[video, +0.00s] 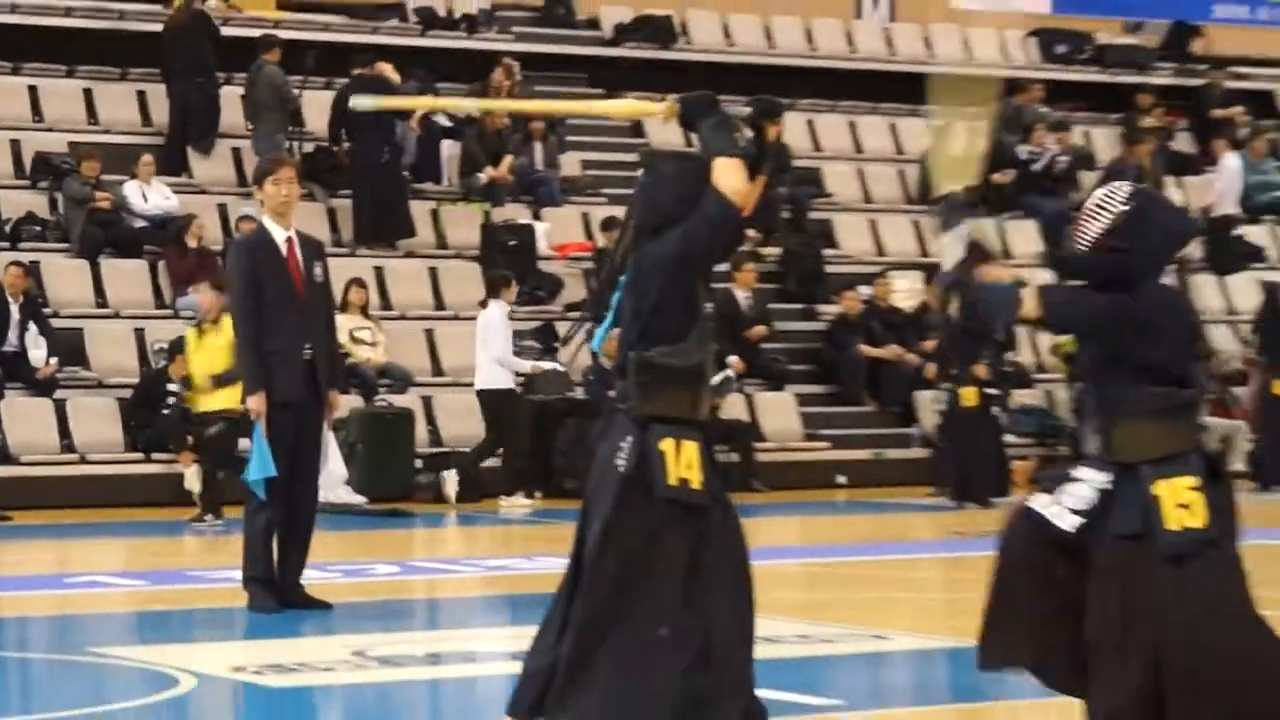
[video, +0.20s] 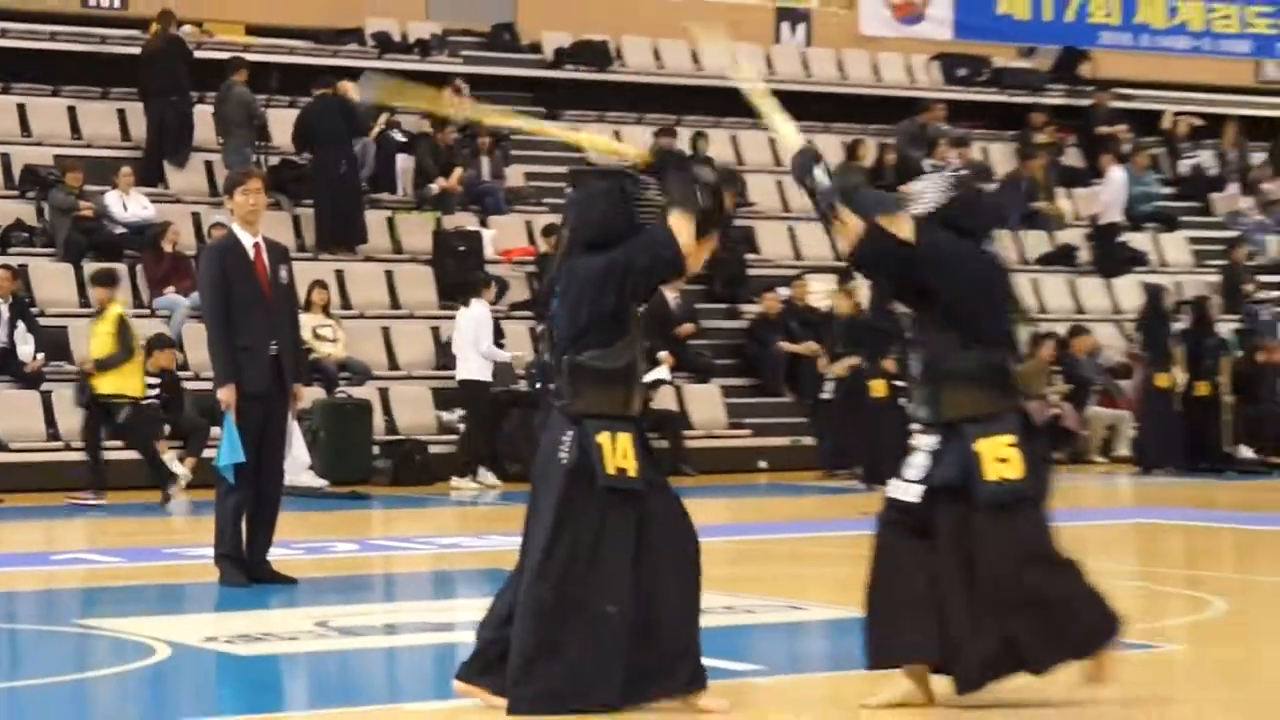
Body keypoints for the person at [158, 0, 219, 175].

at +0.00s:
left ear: (179, 5)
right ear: (196, 3)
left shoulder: (170, 23)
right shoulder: (202, 18)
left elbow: (164, 56)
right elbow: (217, 41)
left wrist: (168, 80)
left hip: (178, 82)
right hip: (202, 80)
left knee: (177, 127)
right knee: (209, 111)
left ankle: (174, 168)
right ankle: (203, 143)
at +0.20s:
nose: (175, 27)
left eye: (173, 24)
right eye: (174, 24)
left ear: (157, 23)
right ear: (173, 24)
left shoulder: (148, 44)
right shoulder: (177, 42)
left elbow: (143, 73)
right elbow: (189, 61)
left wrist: (145, 97)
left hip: (154, 97)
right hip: (175, 96)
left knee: (153, 138)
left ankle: (151, 178)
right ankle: (178, 155)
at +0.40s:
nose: (168, 45)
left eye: (167, 42)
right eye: (168, 42)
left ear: (151, 41)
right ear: (166, 42)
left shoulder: (143, 61)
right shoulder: (170, 58)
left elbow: (138, 90)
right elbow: (182, 78)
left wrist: (140, 113)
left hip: (150, 111)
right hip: (169, 110)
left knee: (149, 150)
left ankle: (147, 187)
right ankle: (171, 165)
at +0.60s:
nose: (195, 60)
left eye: (193, 57)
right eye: (194, 57)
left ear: (179, 57)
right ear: (193, 57)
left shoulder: (172, 75)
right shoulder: (197, 73)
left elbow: (167, 101)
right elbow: (209, 92)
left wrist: (169, 123)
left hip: (177, 122)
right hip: (197, 122)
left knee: (177, 160)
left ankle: (174, 195)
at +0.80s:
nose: (214, 72)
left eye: (212, 69)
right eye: (213, 69)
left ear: (198, 69)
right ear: (211, 69)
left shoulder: (191, 87)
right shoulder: (214, 84)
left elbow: (187, 113)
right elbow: (226, 100)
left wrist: (189, 134)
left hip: (196, 132)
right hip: (215, 131)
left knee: (196, 166)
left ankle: (194, 198)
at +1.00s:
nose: (228, 80)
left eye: (226, 77)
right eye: (228, 77)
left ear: (214, 78)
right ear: (227, 78)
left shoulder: (208, 95)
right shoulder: (231, 93)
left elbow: (203, 118)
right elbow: (241, 111)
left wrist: (205, 138)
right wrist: (239, 131)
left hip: (212, 138)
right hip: (230, 138)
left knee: (212, 172)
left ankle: (210, 204)